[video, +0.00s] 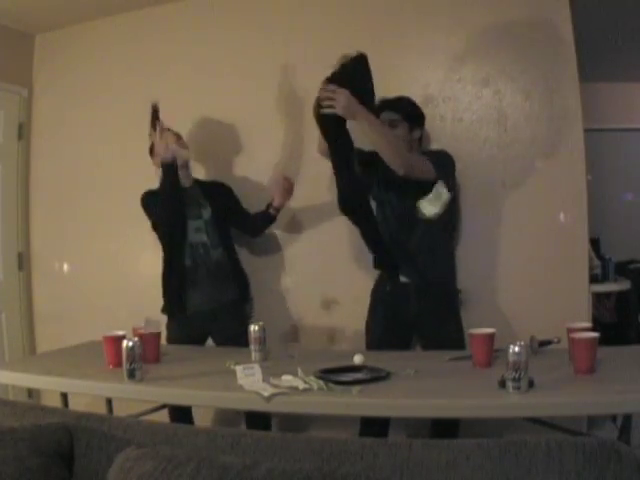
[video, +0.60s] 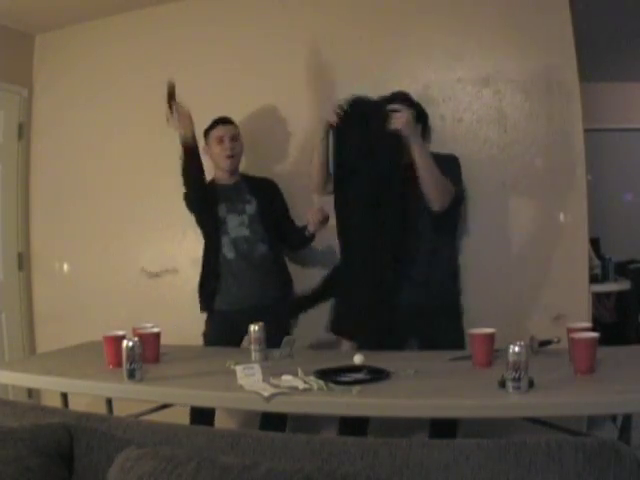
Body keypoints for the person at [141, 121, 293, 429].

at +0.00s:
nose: (175, 148)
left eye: (178, 143)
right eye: (166, 146)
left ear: (188, 151)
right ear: (155, 158)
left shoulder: (217, 191)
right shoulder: (154, 199)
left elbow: (251, 227)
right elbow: (170, 227)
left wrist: (275, 205)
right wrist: (168, 167)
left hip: (229, 303)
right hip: (186, 308)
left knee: (249, 379)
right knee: (176, 383)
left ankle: (263, 448)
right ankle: (185, 449)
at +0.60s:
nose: (229, 147)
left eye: (234, 139)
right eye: (221, 141)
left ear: (243, 145)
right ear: (207, 152)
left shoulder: (265, 188)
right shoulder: (204, 197)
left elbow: (292, 242)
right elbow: (194, 188)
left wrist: (311, 228)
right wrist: (188, 141)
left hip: (271, 303)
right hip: (226, 306)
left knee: (276, 388)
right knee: (206, 388)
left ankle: (269, 460)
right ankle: (197, 458)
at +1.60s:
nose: (191, 149)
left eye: (193, 142)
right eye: (181, 143)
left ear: (198, 149)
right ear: (164, 153)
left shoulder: (219, 192)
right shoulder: (155, 198)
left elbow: (241, 243)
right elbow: (165, 230)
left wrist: (266, 234)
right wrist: (159, 174)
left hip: (232, 302)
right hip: (187, 306)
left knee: (250, 382)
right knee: (188, 387)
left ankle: (261, 455)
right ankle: (190, 455)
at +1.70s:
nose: (194, 151)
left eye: (196, 144)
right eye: (184, 146)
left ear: (200, 146)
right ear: (164, 151)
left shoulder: (211, 188)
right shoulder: (152, 195)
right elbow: (161, 229)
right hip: (182, 294)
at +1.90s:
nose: (149, 155)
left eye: (146, 148)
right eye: (140, 151)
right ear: (119, 164)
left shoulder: (164, 190)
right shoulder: (113, 211)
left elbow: (194, 229)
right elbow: (147, 253)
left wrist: (237, 214)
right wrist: (186, 214)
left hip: (204, 294)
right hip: (168, 309)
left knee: (255, 340)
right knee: (172, 379)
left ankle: (270, 424)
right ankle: (167, 448)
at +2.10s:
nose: (140, 152)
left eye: (137, 146)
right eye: (130, 149)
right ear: (113, 164)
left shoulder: (162, 195)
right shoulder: (113, 212)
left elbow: (195, 238)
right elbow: (142, 262)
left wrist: (241, 224)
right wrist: (179, 231)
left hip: (206, 301)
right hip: (166, 313)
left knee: (243, 362)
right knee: (171, 388)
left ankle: (222, 439)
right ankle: (166, 453)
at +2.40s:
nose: (170, 152)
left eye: (168, 146)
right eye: (161, 149)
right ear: (139, 160)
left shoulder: (186, 193)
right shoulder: (132, 207)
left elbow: (208, 241)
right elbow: (143, 264)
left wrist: (248, 241)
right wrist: (178, 242)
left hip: (202, 307)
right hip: (165, 314)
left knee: (208, 389)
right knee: (175, 394)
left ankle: (204, 455)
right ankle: (170, 458)